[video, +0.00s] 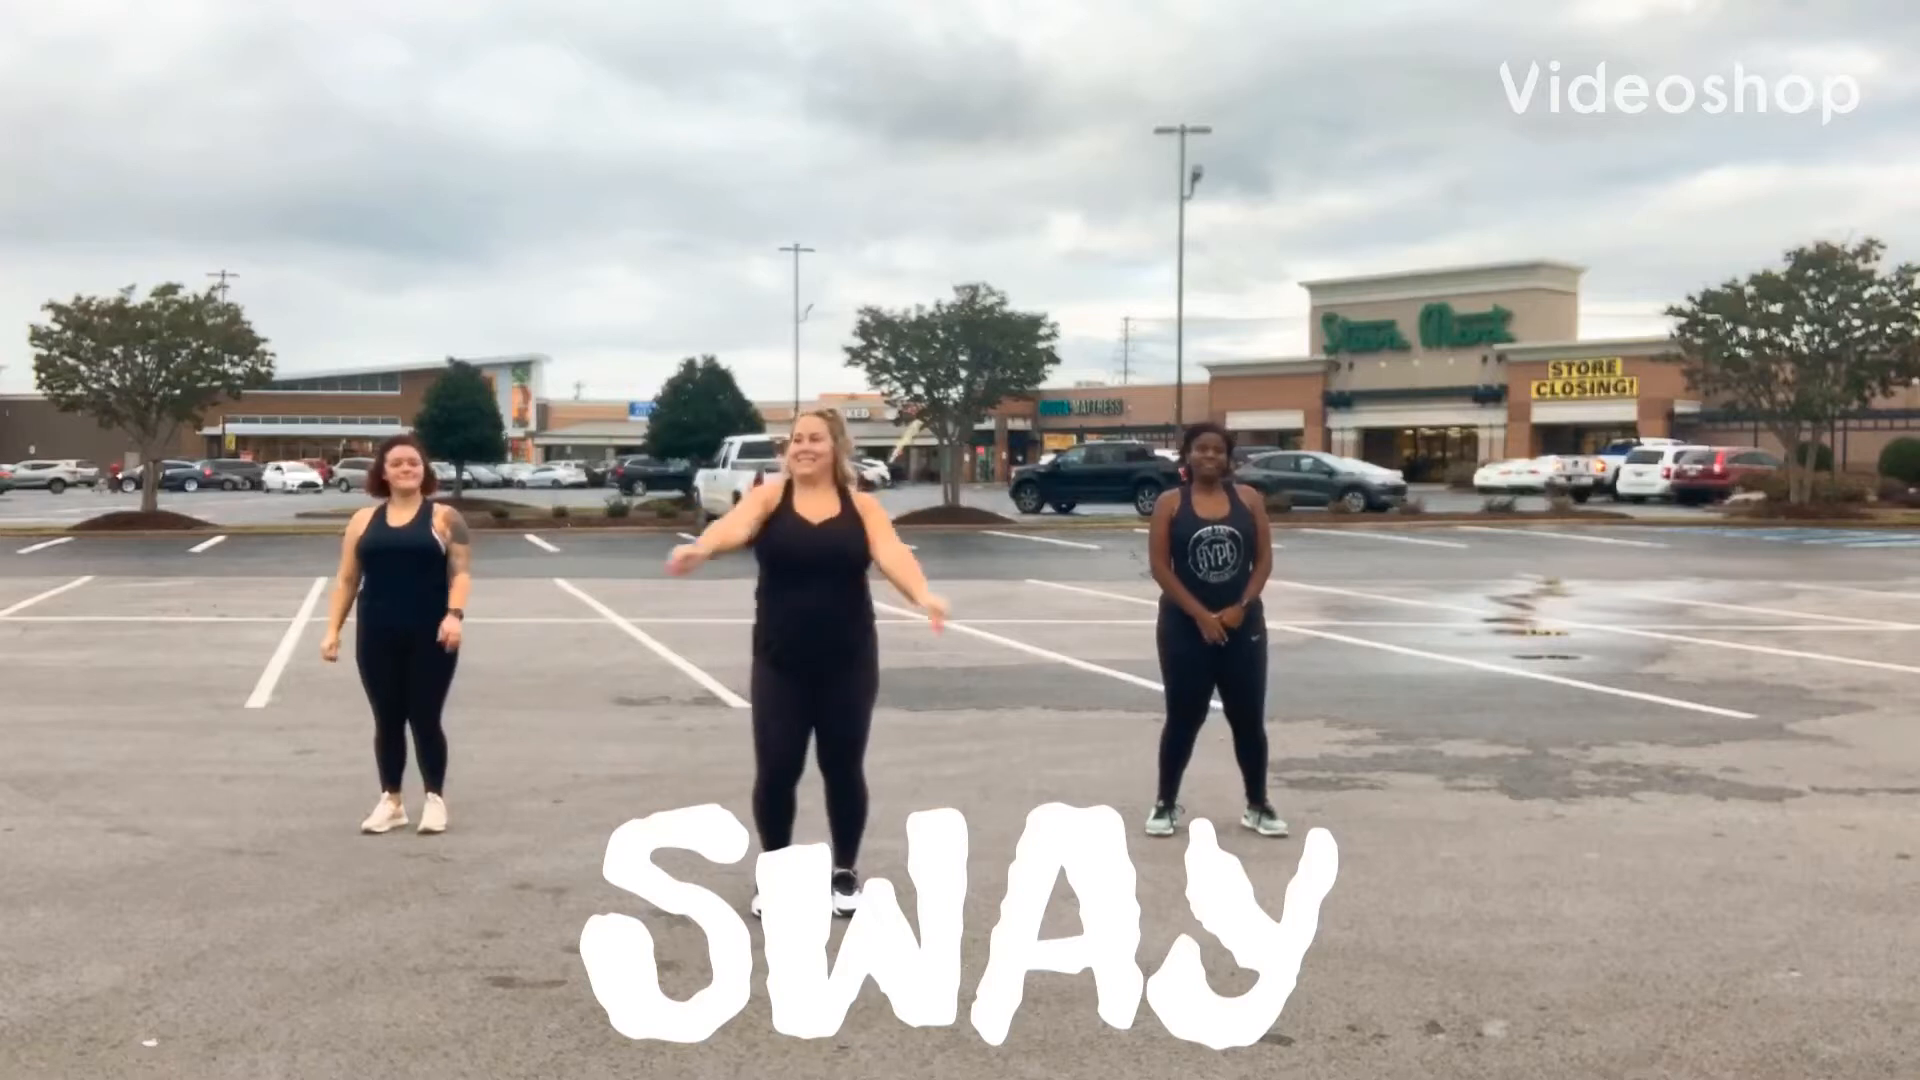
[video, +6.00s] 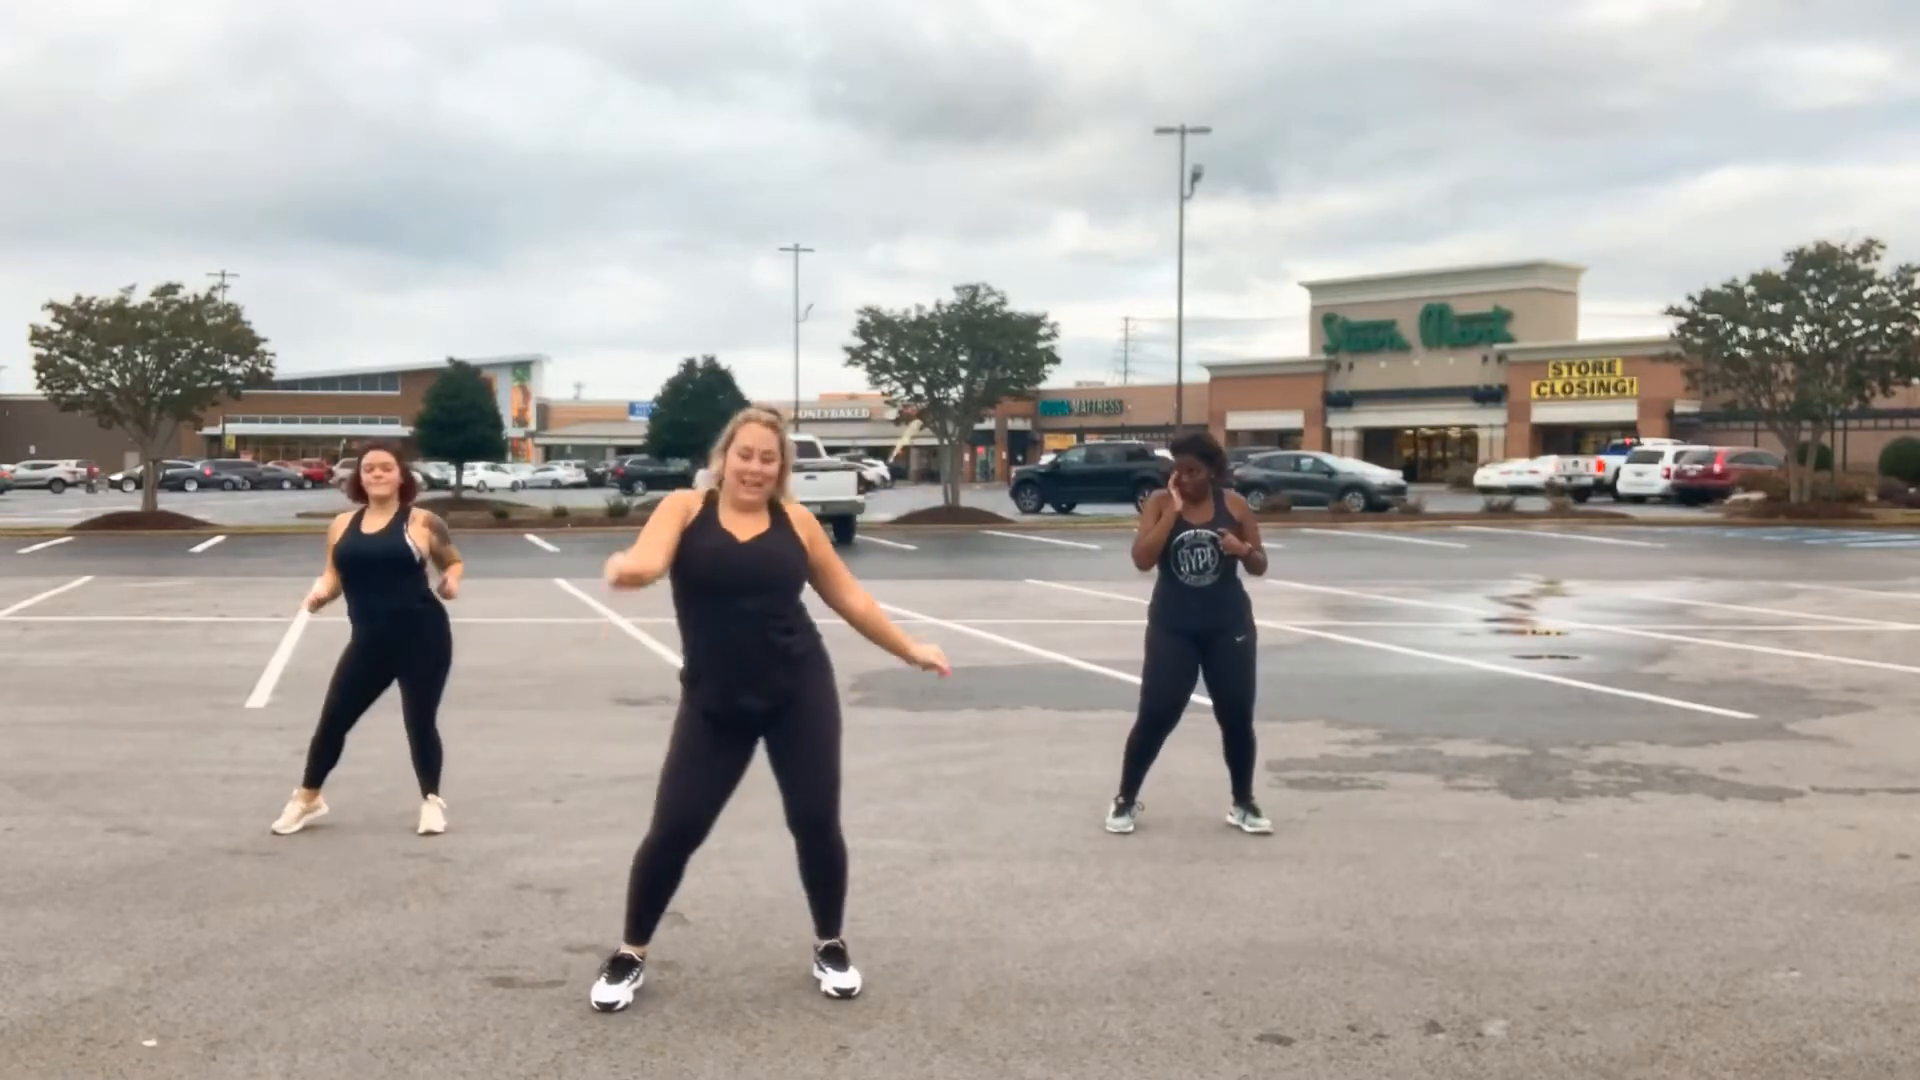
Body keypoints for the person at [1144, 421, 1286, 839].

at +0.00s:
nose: (1209, 456)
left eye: (1216, 450)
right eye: (1201, 449)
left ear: (1228, 458)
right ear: (1187, 457)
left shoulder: (1249, 498)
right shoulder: (1170, 503)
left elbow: (1264, 561)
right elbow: (1159, 567)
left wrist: (1242, 606)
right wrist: (1201, 615)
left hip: (1242, 623)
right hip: (1184, 625)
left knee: (1249, 721)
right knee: (1183, 719)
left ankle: (1258, 805)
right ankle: (1165, 804)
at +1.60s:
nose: (1213, 457)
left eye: (1220, 452)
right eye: (1204, 450)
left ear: (1231, 461)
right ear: (1189, 458)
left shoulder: (1245, 505)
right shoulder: (1167, 504)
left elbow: (1267, 565)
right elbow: (1150, 566)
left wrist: (1293, 617)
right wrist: (1139, 625)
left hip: (1237, 625)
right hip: (1180, 625)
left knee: (1249, 719)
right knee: (1180, 717)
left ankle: (1258, 806)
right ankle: (1164, 805)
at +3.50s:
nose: (1238, 451)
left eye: (1244, 444)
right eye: (1229, 447)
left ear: (1255, 453)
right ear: (1216, 459)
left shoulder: (1276, 496)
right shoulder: (1199, 503)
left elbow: (1303, 555)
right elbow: (1183, 561)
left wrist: (1273, 571)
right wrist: (1188, 588)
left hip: (1265, 623)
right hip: (1211, 623)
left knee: (1258, 715)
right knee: (1217, 713)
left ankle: (1258, 807)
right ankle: (1217, 803)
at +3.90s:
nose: (1238, 454)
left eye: (1244, 448)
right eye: (1229, 449)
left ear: (1256, 457)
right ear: (1215, 460)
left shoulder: (1274, 502)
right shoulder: (1197, 506)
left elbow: (1309, 555)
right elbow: (1176, 566)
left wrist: (1278, 575)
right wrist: (1205, 565)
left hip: (1268, 625)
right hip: (1214, 626)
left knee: (1274, 709)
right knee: (1214, 716)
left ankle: (1314, 792)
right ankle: (1218, 804)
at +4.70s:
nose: (1237, 461)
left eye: (1244, 454)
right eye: (1229, 454)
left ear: (1254, 458)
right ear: (1213, 458)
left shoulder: (1261, 495)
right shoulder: (1193, 496)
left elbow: (1276, 562)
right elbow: (1176, 550)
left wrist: (1276, 538)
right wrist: (1212, 503)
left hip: (1254, 620)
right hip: (1199, 621)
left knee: (1266, 711)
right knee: (1205, 714)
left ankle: (1255, 794)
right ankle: (1195, 803)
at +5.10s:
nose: (1219, 475)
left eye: (1227, 466)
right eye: (1211, 467)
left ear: (1241, 468)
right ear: (1198, 469)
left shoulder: (1257, 501)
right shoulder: (1185, 500)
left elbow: (1281, 563)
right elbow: (1175, 558)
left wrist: (1265, 542)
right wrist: (1203, 510)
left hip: (1238, 621)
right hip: (1183, 618)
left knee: (1251, 710)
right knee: (1179, 698)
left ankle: (1241, 806)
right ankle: (1140, 788)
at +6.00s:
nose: (1182, 478)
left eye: (1190, 472)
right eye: (1178, 471)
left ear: (1212, 470)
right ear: (1172, 470)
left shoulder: (1234, 505)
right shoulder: (1159, 503)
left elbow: (1260, 566)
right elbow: (1142, 559)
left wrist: (1243, 550)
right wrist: (1172, 512)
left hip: (1229, 628)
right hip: (1172, 629)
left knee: (1237, 720)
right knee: (1156, 716)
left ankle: (1243, 803)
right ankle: (1125, 800)